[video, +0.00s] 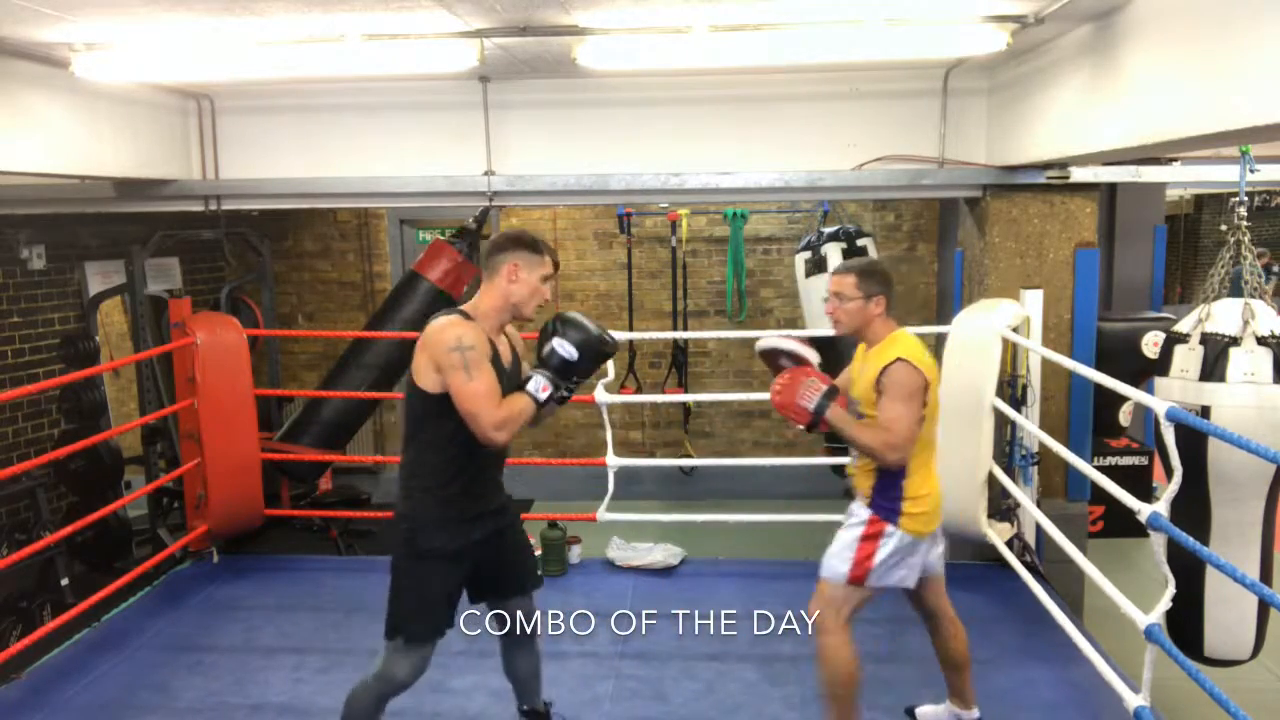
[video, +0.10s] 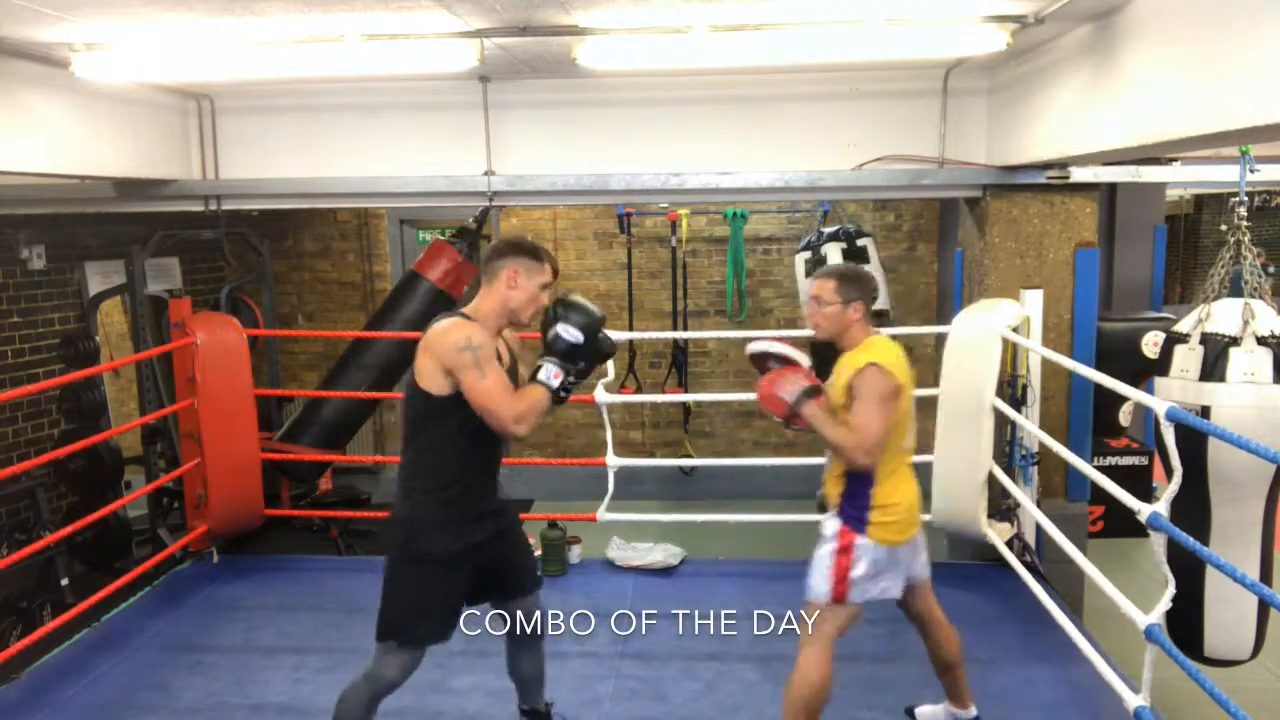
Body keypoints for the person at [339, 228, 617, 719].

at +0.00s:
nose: (549, 295)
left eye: (552, 283)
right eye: (545, 280)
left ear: (511, 278)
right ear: (511, 275)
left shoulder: (508, 340)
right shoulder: (452, 334)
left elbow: (516, 417)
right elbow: (495, 427)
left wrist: (558, 383)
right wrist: (546, 377)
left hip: (489, 515)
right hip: (433, 523)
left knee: (521, 623)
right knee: (404, 665)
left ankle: (534, 711)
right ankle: (359, 710)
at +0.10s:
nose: (546, 304)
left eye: (550, 293)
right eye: (543, 290)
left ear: (508, 285)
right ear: (509, 281)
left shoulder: (504, 343)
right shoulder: (455, 336)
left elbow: (516, 422)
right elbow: (514, 419)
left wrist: (566, 372)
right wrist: (558, 363)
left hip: (485, 517)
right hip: (431, 527)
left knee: (526, 614)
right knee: (396, 662)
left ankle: (535, 711)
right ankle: (348, 712)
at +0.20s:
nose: (540, 314)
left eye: (545, 304)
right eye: (539, 300)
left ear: (503, 290)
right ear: (507, 286)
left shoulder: (484, 343)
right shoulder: (464, 341)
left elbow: (521, 418)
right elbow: (538, 415)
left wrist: (560, 354)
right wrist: (564, 350)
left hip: (481, 524)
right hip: (427, 534)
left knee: (531, 615)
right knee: (387, 663)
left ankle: (536, 712)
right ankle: (343, 713)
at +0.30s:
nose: (542, 316)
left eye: (547, 305)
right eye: (541, 300)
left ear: (507, 292)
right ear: (510, 289)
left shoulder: (495, 343)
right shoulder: (454, 340)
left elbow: (564, 363)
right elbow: (538, 408)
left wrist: (596, 334)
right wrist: (575, 348)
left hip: (474, 523)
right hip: (420, 531)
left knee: (526, 622)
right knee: (385, 673)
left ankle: (534, 712)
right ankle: (340, 715)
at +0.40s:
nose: (538, 314)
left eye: (542, 305)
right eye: (537, 302)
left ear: (505, 291)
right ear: (508, 290)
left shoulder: (503, 348)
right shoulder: (445, 343)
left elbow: (554, 382)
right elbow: (502, 427)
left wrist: (599, 368)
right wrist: (542, 364)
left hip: (472, 523)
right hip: (418, 531)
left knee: (523, 624)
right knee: (387, 675)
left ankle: (534, 713)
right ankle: (341, 716)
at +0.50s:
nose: (527, 322)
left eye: (531, 312)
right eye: (527, 307)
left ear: (495, 294)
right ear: (503, 292)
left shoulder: (465, 342)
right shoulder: (460, 346)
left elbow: (504, 416)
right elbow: (521, 414)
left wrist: (546, 355)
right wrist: (551, 363)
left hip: (468, 524)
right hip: (422, 533)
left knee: (520, 620)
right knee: (391, 677)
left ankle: (533, 712)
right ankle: (344, 717)